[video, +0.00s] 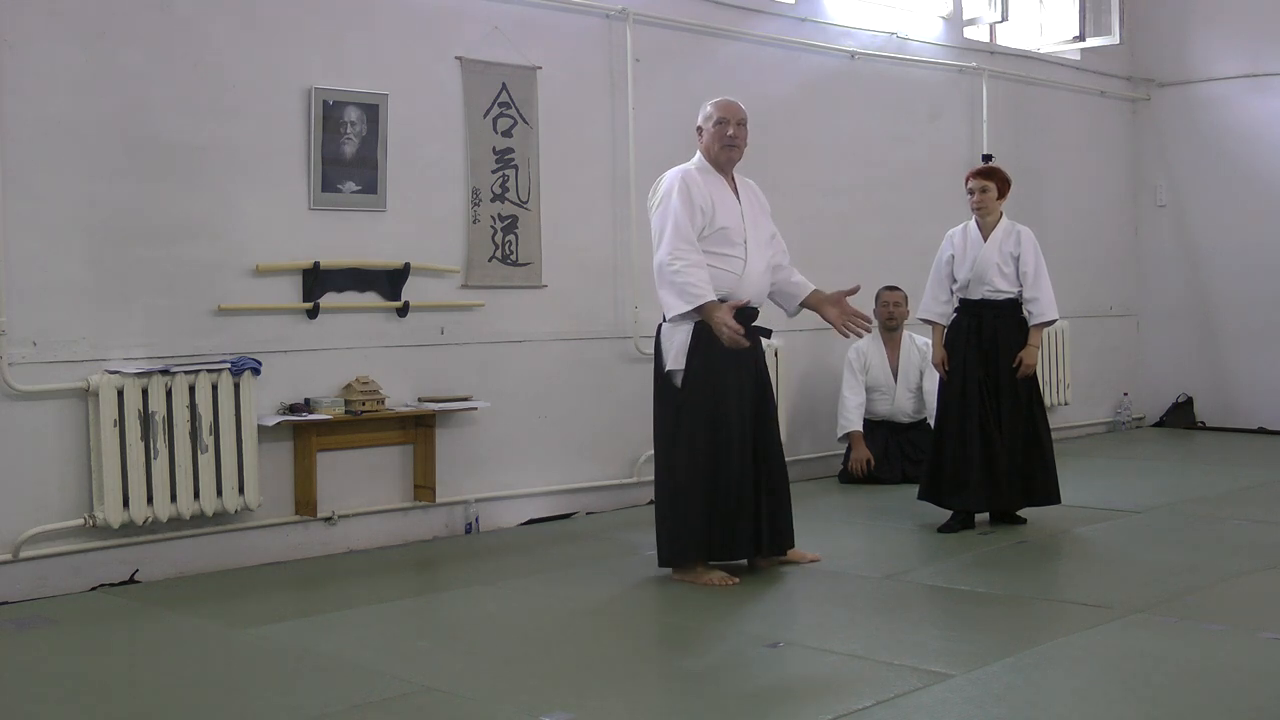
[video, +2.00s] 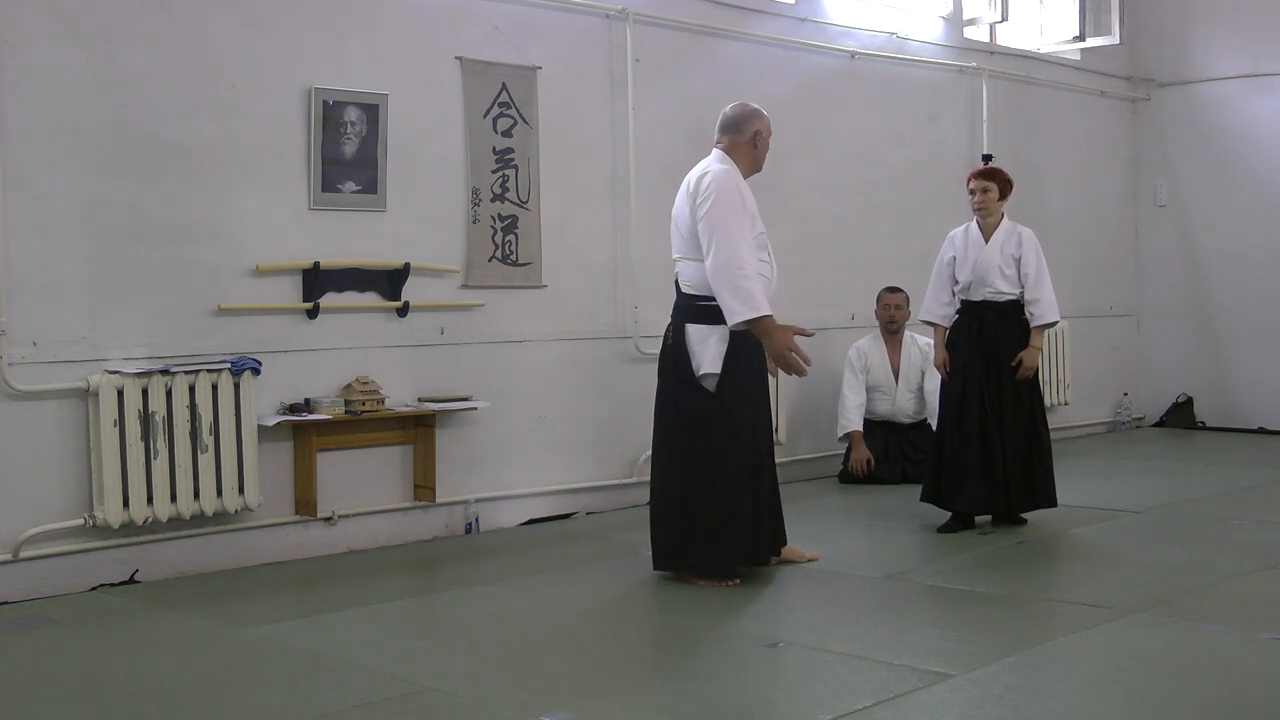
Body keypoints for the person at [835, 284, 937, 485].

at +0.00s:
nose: (891, 310)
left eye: (897, 305)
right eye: (885, 305)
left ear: (907, 313)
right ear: (875, 312)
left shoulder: (925, 348)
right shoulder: (860, 350)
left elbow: (934, 396)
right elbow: (851, 398)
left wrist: (944, 436)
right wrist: (857, 443)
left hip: (916, 430)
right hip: (874, 431)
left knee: (936, 472)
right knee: (855, 473)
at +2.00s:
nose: (891, 314)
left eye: (898, 308)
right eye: (885, 308)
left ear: (908, 314)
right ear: (876, 313)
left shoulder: (926, 349)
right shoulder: (861, 350)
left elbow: (936, 397)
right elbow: (852, 398)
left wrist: (945, 437)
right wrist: (857, 443)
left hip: (916, 430)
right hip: (875, 430)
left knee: (936, 471)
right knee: (856, 471)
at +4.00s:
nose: (893, 316)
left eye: (899, 310)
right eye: (886, 310)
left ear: (909, 315)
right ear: (876, 313)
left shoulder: (920, 347)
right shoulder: (861, 349)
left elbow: (931, 391)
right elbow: (852, 396)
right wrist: (857, 442)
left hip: (910, 430)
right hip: (872, 430)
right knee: (856, 472)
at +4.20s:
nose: (894, 316)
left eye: (899, 309)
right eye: (888, 309)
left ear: (908, 313)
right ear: (878, 314)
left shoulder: (914, 345)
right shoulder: (863, 347)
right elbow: (852, 394)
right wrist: (857, 441)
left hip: (908, 424)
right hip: (873, 425)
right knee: (853, 471)